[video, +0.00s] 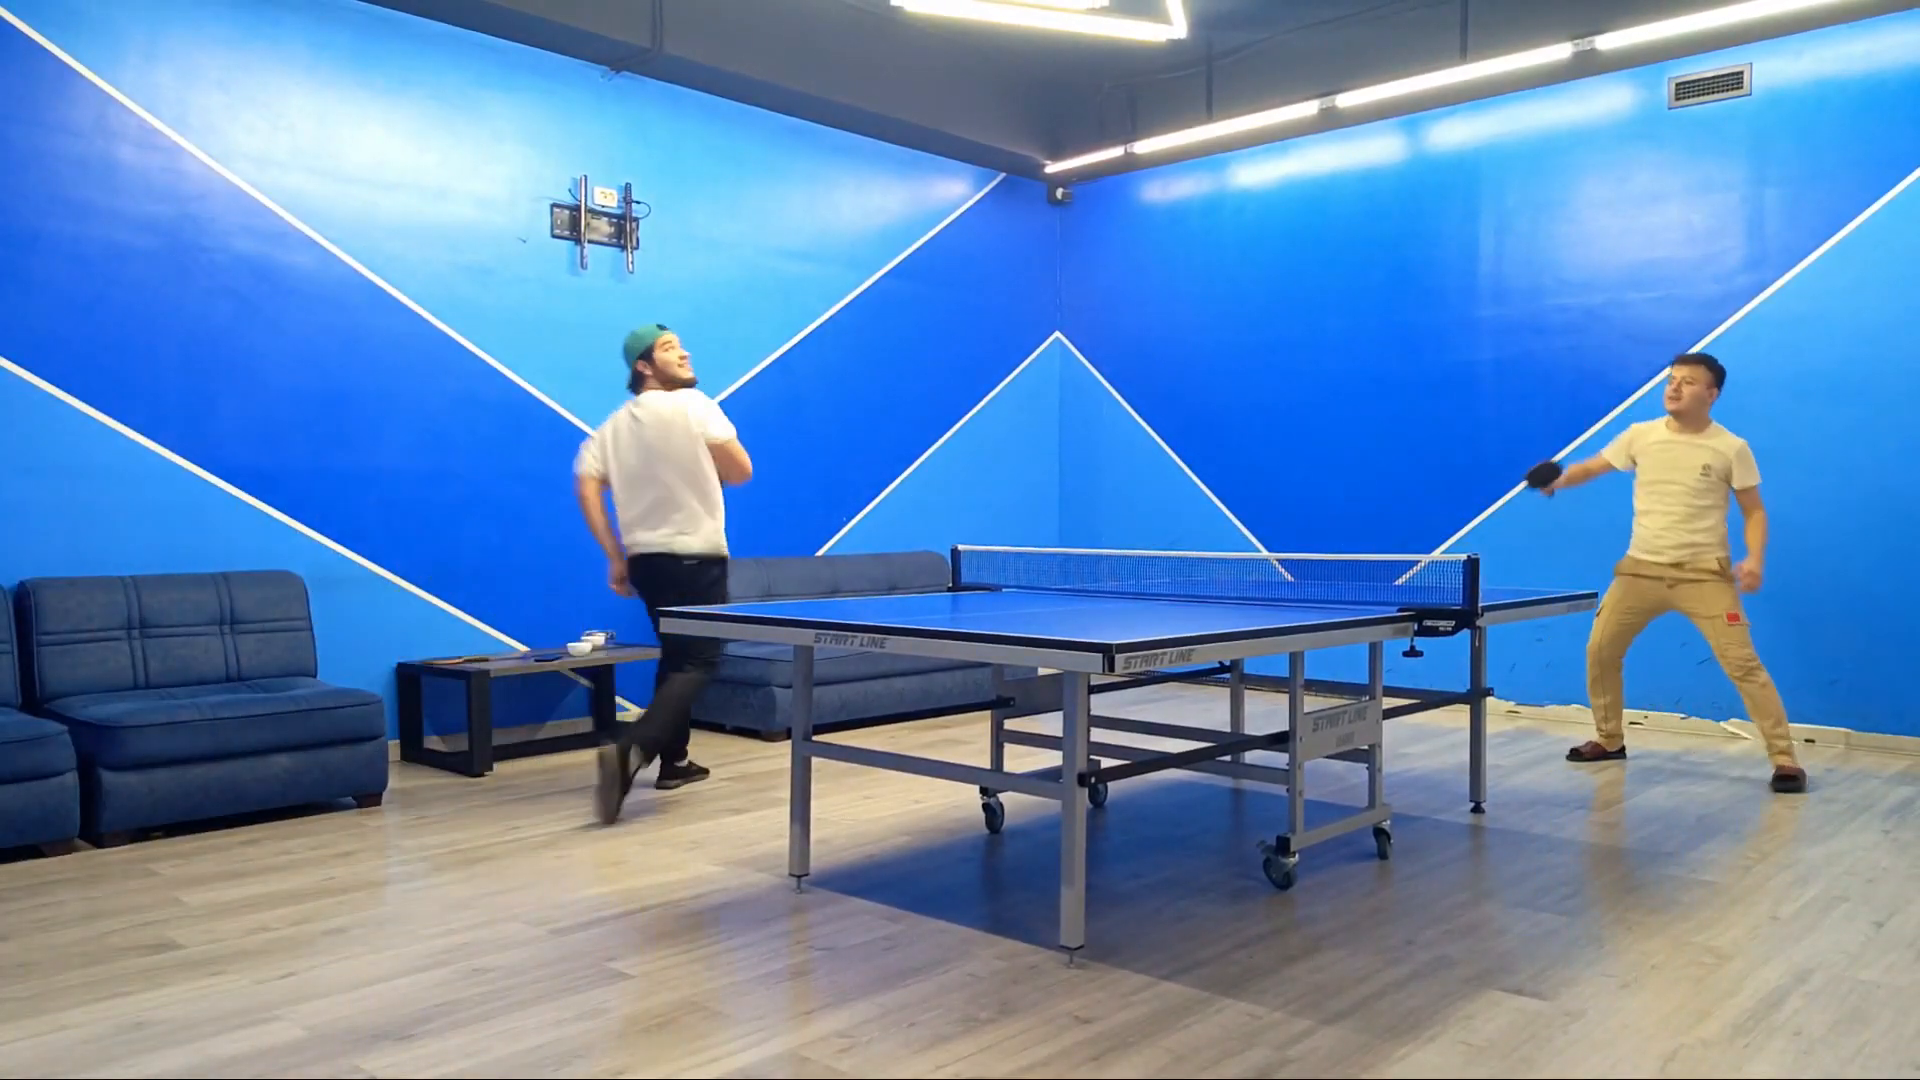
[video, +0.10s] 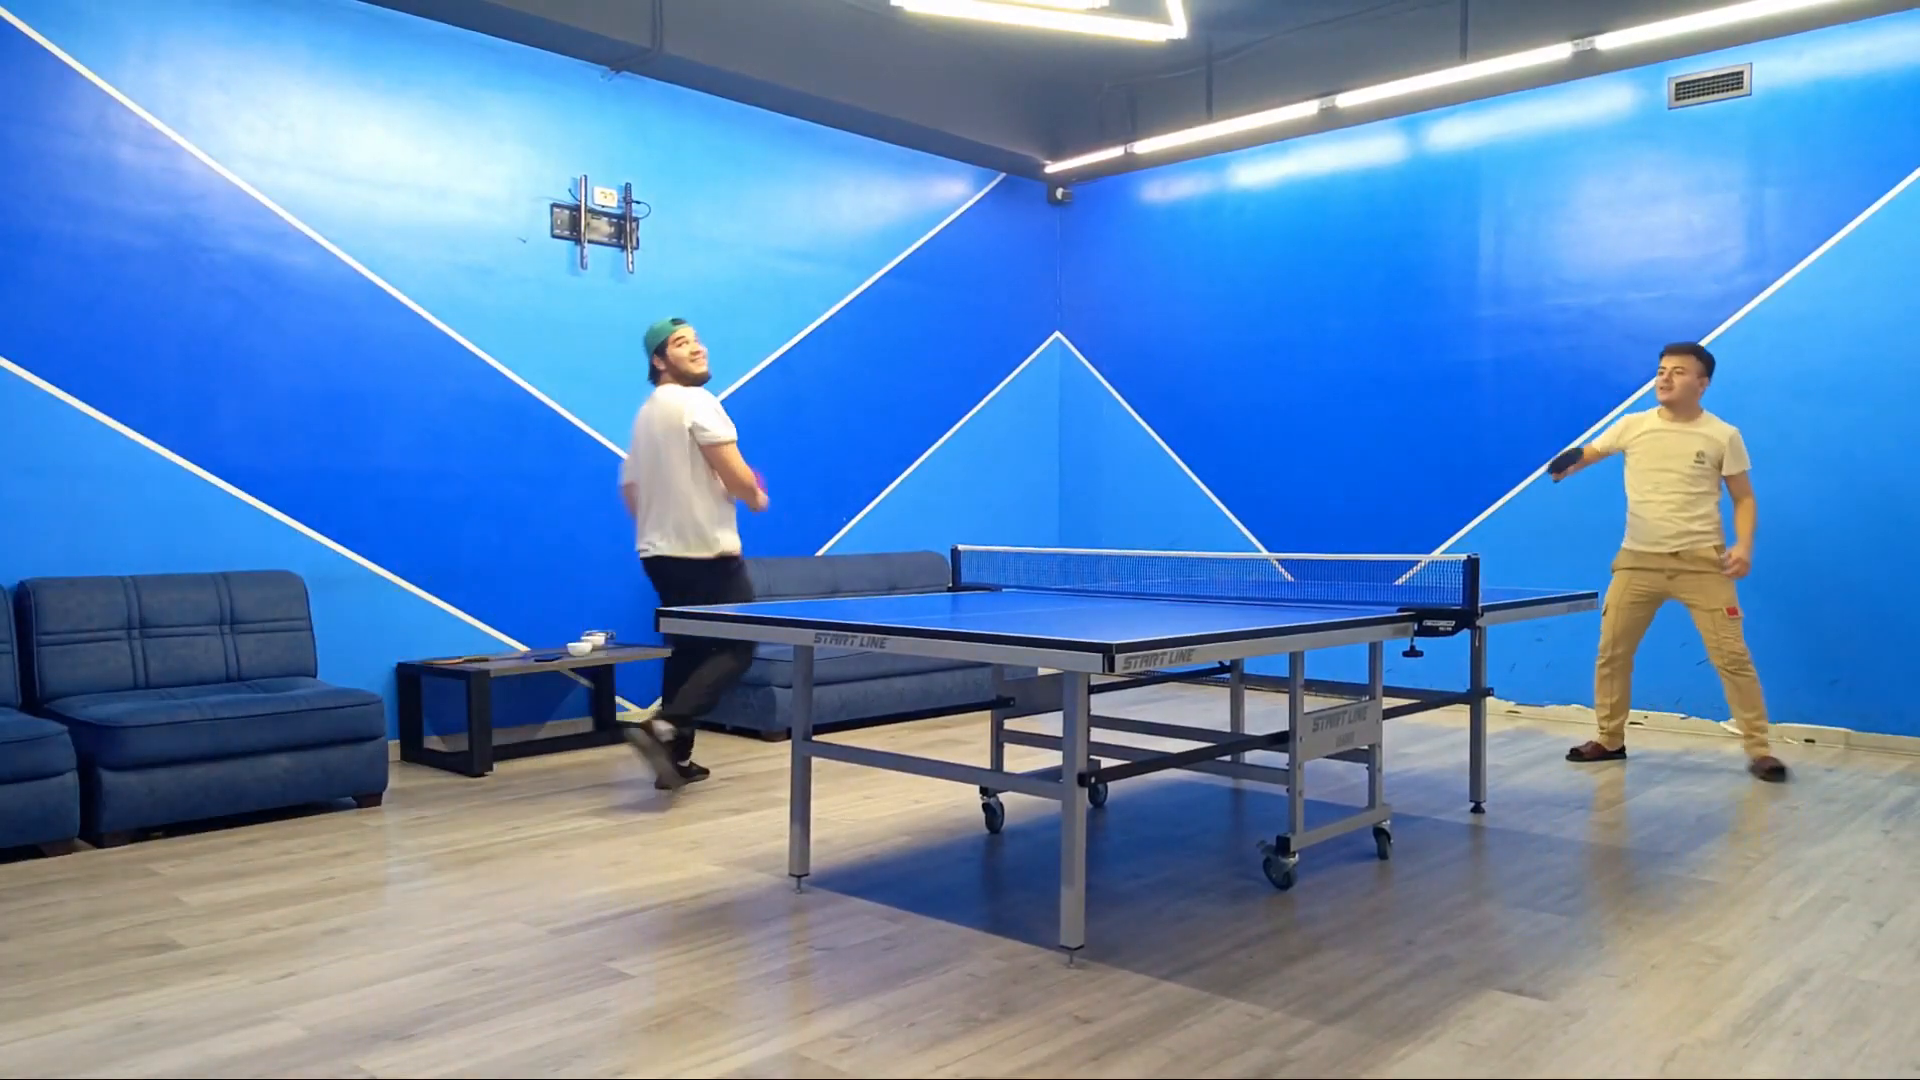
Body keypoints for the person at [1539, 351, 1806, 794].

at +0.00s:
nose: (1674, 387)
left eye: (1687, 382)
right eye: (1672, 380)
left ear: (1711, 394)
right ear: (1666, 387)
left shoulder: (1731, 449)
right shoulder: (1640, 435)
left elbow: (1754, 511)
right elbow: (1591, 466)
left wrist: (1755, 559)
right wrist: (1558, 480)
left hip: (1704, 577)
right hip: (1640, 572)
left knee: (1743, 664)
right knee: (1601, 649)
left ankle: (1784, 759)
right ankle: (1609, 741)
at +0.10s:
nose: (1666, 378)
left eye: (1678, 372)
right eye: (1662, 371)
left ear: (1702, 383)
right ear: (1656, 379)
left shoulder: (1723, 436)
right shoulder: (1633, 426)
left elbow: (1743, 497)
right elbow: (1585, 455)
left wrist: (1743, 545)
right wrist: (1565, 464)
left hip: (1702, 566)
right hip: (1637, 563)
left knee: (1733, 657)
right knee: (1612, 649)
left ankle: (1760, 752)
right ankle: (1609, 740)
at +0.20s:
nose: (1663, 378)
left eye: (1675, 371)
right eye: (1659, 372)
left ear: (1699, 379)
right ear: (1653, 379)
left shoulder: (1721, 432)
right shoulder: (1633, 425)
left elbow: (1743, 495)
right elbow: (1592, 458)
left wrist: (1740, 544)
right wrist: (1574, 470)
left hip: (1699, 561)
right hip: (1637, 559)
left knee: (1721, 653)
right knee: (1618, 649)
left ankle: (1732, 738)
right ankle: (1609, 739)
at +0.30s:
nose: (1666, 381)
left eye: (1677, 374)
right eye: (1662, 375)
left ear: (1703, 381)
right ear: (1657, 382)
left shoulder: (1727, 435)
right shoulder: (1639, 427)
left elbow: (1745, 499)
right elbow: (1604, 471)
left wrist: (1740, 548)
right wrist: (1585, 498)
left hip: (1698, 561)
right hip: (1638, 558)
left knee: (1710, 653)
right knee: (1622, 650)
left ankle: (1714, 732)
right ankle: (1610, 738)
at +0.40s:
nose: (1675, 385)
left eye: (1686, 378)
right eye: (1671, 379)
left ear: (1713, 384)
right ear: (1667, 384)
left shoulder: (1737, 439)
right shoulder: (1649, 430)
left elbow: (1747, 501)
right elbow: (1624, 481)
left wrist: (1743, 553)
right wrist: (1602, 526)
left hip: (1706, 563)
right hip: (1647, 558)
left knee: (1706, 655)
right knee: (1631, 650)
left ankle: (1708, 732)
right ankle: (1610, 737)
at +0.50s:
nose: (1686, 386)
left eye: (1697, 379)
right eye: (1683, 379)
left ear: (1724, 385)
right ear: (1679, 384)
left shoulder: (1747, 440)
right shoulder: (1661, 429)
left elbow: (1753, 504)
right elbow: (1640, 484)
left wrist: (1746, 556)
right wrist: (1621, 536)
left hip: (1713, 563)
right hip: (1655, 557)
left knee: (1707, 652)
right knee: (1637, 646)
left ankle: (1708, 732)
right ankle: (1615, 732)